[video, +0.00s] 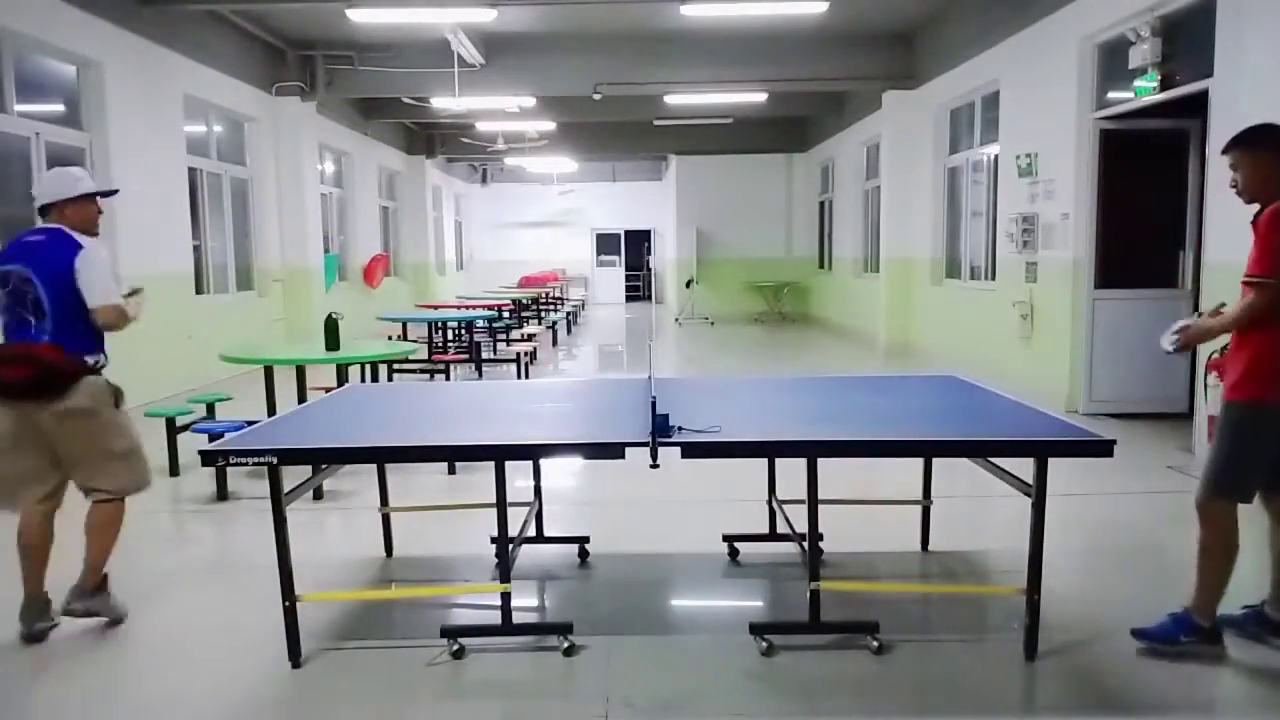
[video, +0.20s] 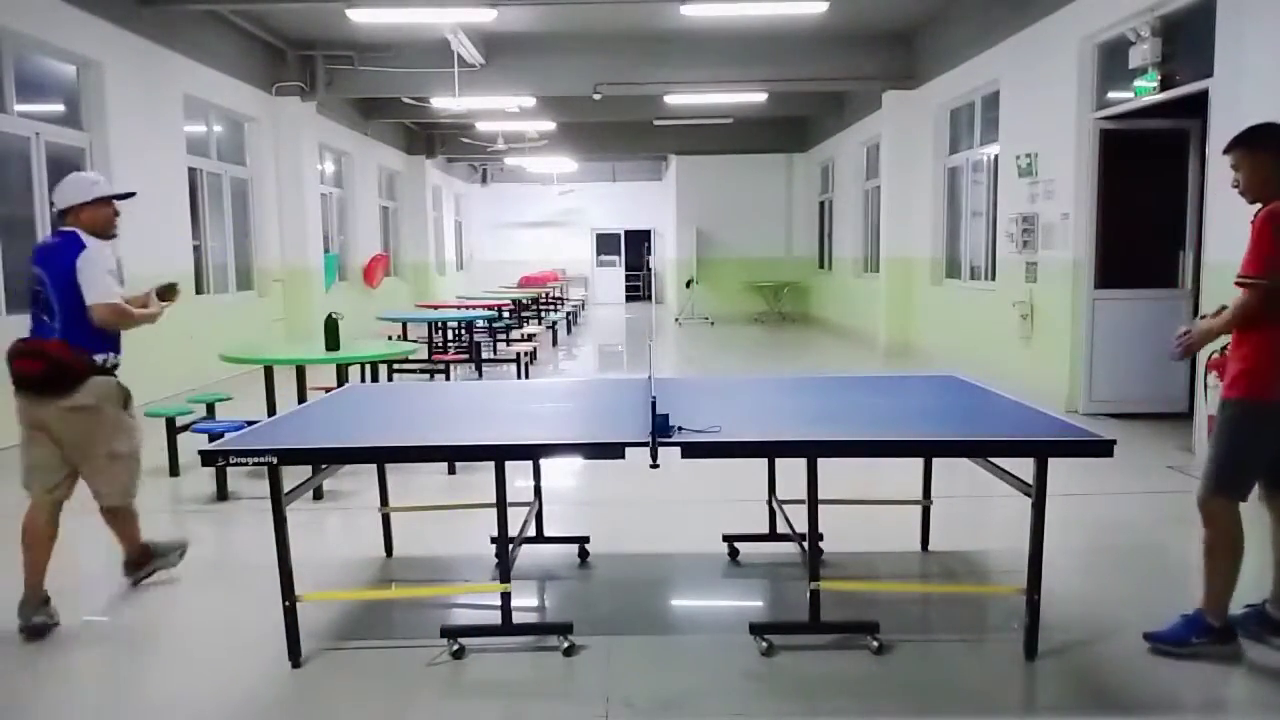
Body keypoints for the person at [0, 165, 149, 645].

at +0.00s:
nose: (100, 208)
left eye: (97, 200)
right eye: (92, 201)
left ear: (51, 208)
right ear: (68, 207)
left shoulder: (12, 250)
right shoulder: (81, 251)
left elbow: (14, 318)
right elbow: (107, 317)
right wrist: (129, 309)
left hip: (14, 394)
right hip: (73, 392)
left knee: (36, 497)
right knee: (112, 484)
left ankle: (34, 608)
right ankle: (90, 589)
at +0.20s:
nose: (116, 211)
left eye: (113, 204)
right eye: (107, 205)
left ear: (74, 213)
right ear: (81, 211)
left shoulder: (45, 251)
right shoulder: (87, 250)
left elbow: (85, 306)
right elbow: (103, 314)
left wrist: (143, 297)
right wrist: (145, 315)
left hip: (36, 388)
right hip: (84, 387)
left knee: (44, 494)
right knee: (113, 479)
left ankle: (33, 603)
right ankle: (138, 555)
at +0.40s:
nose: (158, 227)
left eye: (156, 219)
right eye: (150, 220)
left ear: (116, 225)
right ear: (127, 224)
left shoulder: (92, 259)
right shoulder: (134, 265)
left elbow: (135, 310)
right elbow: (149, 326)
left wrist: (193, 299)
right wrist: (192, 317)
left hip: (89, 388)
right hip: (132, 387)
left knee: (99, 471)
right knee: (157, 465)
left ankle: (60, 545)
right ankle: (149, 554)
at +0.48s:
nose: (168, 224)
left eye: (166, 217)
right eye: (160, 218)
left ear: (130, 224)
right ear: (135, 222)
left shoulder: (108, 256)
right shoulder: (139, 261)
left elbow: (162, 304)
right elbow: (153, 323)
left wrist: (209, 300)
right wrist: (206, 316)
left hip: (104, 383)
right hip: (139, 382)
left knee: (126, 463)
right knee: (161, 464)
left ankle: (86, 535)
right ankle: (149, 554)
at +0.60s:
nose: (187, 220)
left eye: (186, 213)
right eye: (179, 213)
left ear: (158, 219)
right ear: (154, 217)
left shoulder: (155, 253)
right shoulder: (146, 252)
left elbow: (174, 307)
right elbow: (147, 312)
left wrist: (213, 327)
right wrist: (209, 307)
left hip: (151, 372)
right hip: (150, 374)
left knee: (166, 458)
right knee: (165, 461)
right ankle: (147, 557)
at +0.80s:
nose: (218, 232)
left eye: (218, 224)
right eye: (211, 224)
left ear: (206, 226)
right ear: (185, 225)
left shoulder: (209, 266)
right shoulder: (165, 260)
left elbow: (215, 319)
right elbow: (153, 311)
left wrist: (253, 341)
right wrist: (217, 298)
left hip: (200, 375)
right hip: (174, 375)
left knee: (215, 452)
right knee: (181, 469)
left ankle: (229, 517)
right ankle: (150, 551)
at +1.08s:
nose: (252, 229)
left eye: (253, 222)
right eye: (244, 222)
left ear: (250, 223)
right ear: (220, 222)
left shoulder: (257, 258)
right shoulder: (198, 258)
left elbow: (280, 291)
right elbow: (162, 297)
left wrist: (300, 308)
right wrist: (203, 298)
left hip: (250, 365)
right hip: (214, 365)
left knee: (249, 442)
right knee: (210, 450)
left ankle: (234, 516)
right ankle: (177, 528)